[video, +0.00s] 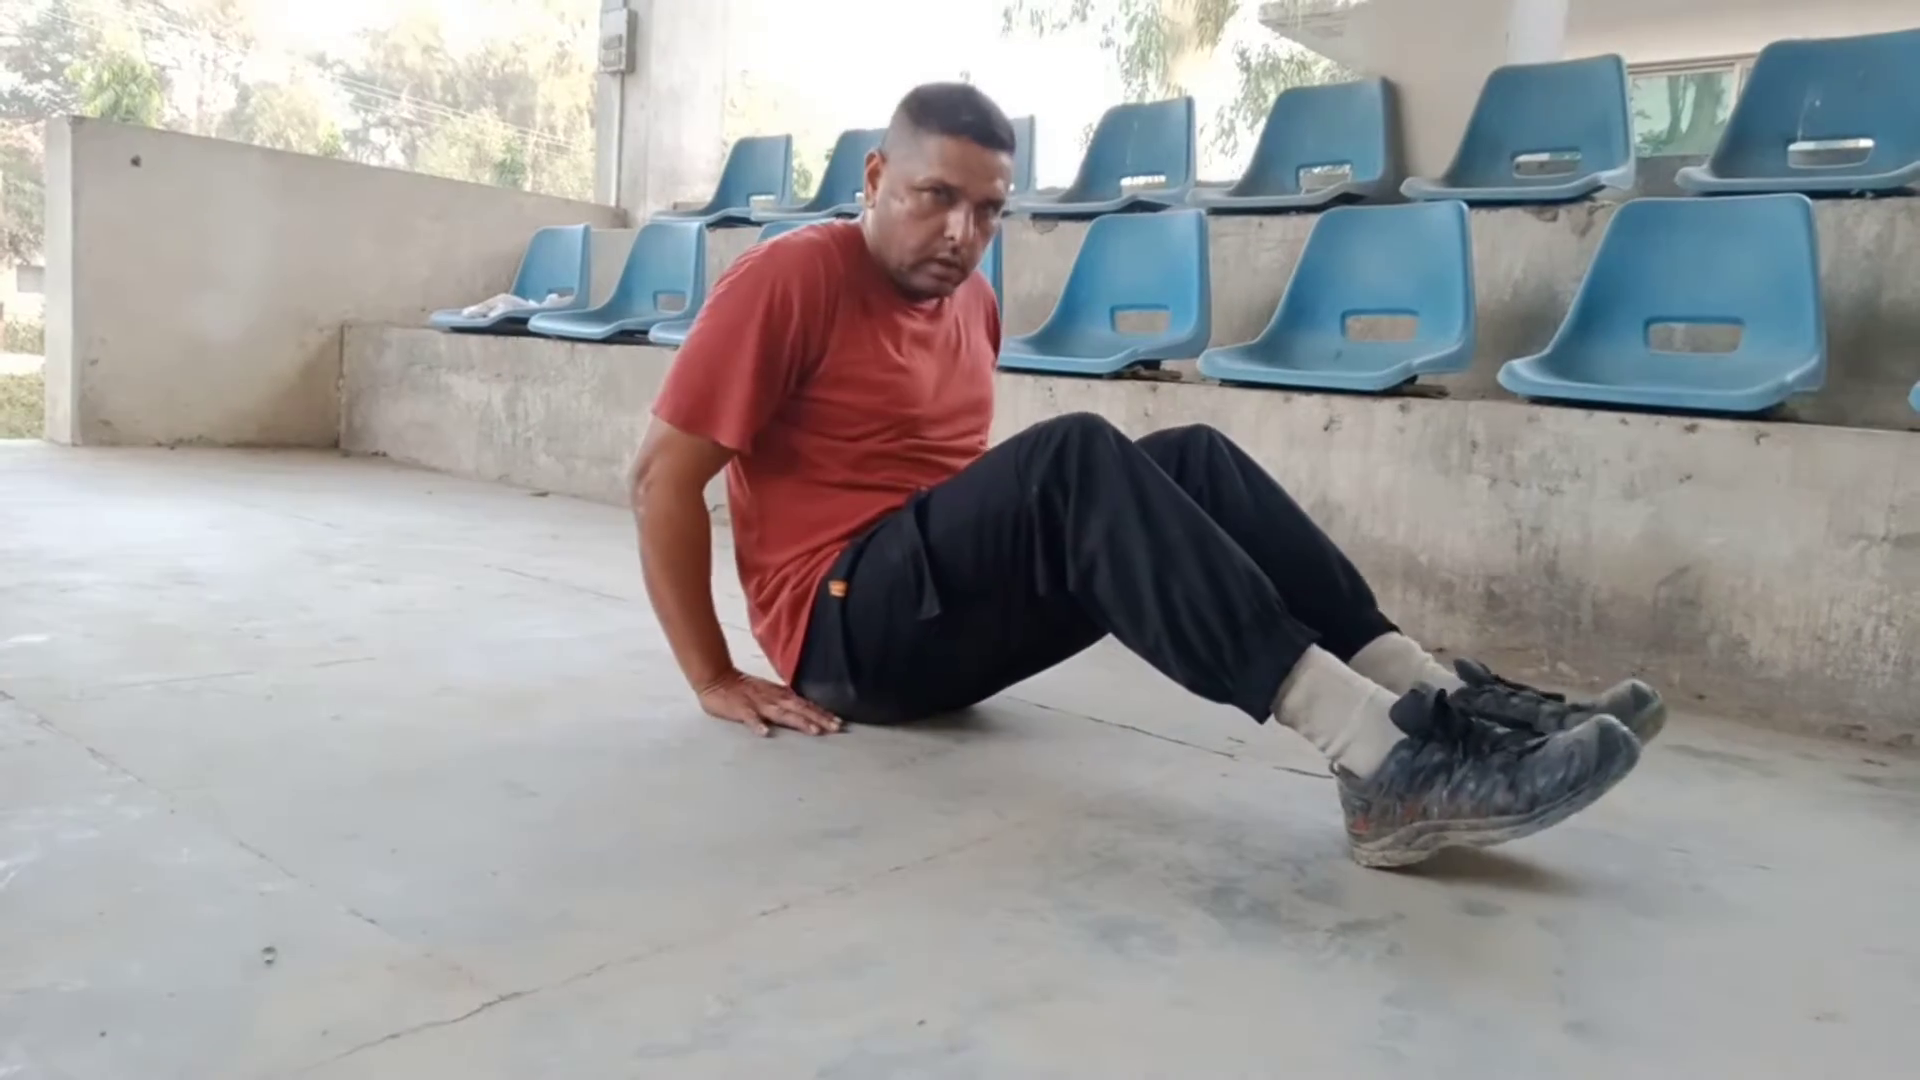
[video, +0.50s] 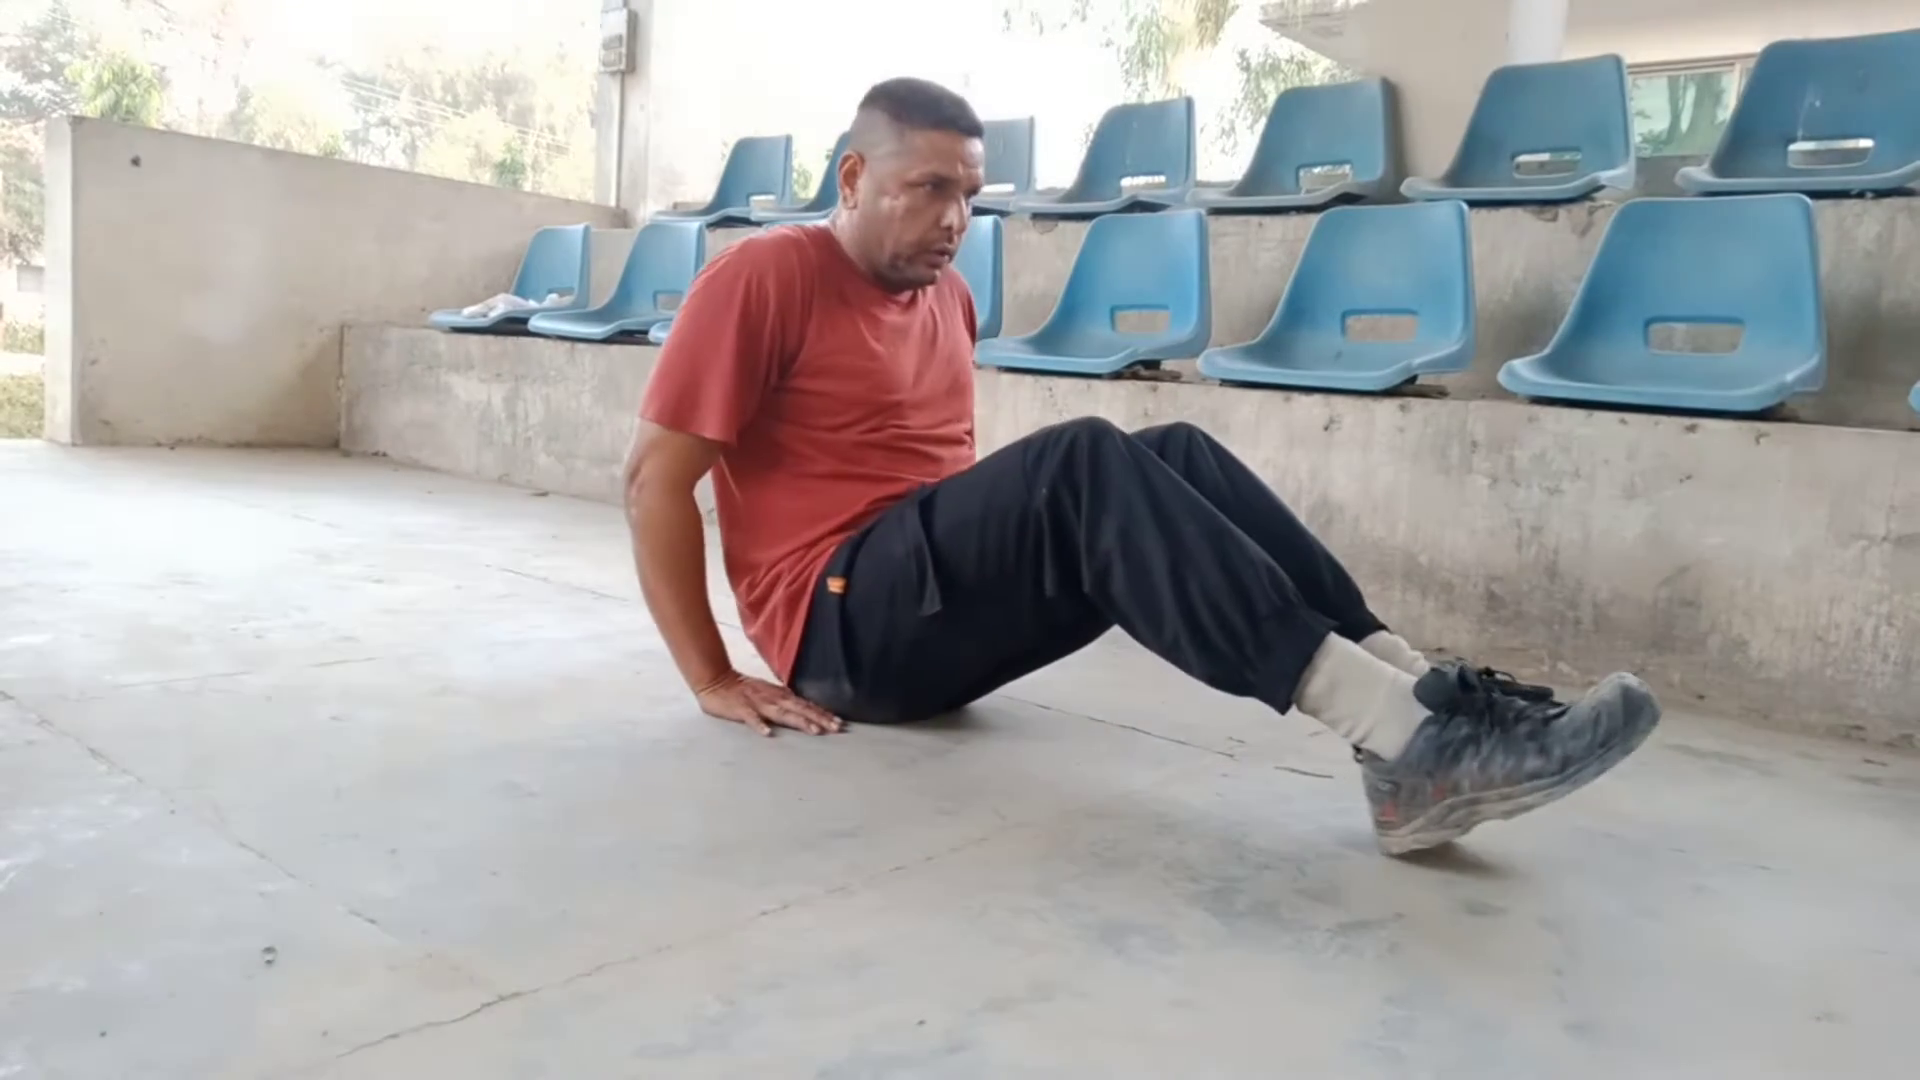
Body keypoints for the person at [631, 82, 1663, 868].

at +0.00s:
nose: (959, 231)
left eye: (984, 210)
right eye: (937, 200)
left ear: (999, 208)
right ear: (873, 182)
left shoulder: (973, 298)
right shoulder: (786, 277)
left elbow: (928, 468)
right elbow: (664, 476)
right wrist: (709, 678)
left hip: (946, 616)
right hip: (842, 629)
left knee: (1191, 456)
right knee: (1070, 454)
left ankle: (1444, 703)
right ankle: (1373, 757)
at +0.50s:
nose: (953, 218)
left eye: (966, 194)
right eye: (932, 190)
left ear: (966, 194)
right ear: (852, 179)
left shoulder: (944, 298)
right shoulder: (759, 278)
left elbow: (924, 470)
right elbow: (655, 479)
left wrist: (917, 636)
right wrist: (709, 680)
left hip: (930, 610)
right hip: (836, 624)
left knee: (1177, 457)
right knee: (1084, 462)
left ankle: (1443, 716)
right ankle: (1397, 746)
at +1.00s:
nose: (959, 226)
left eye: (973, 203)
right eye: (938, 198)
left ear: (973, 203)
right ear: (858, 187)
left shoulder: (946, 302)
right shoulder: (764, 286)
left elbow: (923, 463)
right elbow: (618, 461)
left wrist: (951, 607)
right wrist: (656, 674)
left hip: (936, 601)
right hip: (845, 618)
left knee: (1180, 456)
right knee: (1100, 472)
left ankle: (1452, 712)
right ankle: (1411, 764)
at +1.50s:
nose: (899, 231)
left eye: (917, 208)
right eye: (875, 204)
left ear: (924, 204)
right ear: (805, 189)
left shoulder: (911, 301)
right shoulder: (719, 300)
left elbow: (899, 460)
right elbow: (568, 468)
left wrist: (944, 618)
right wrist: (584, 679)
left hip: (931, 586)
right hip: (836, 609)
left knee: (1178, 453)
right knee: (1103, 469)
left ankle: (1433, 733)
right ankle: (1409, 740)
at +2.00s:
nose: (886, 251)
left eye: (898, 226)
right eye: (861, 223)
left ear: (905, 215)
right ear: (785, 203)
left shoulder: (900, 299)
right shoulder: (707, 287)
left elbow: (909, 450)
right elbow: (570, 466)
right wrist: (583, 682)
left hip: (910, 634)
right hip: (811, 631)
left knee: (1054, 351)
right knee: (949, 351)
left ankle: (1219, 608)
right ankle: (1178, 637)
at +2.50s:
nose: (789, 251)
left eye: (801, 227)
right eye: (760, 228)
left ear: (812, 231)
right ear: (689, 233)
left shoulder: (815, 316)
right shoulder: (633, 329)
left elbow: (848, 462)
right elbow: (495, 498)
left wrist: (911, 545)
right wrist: (576, 681)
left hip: (917, 563)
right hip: (832, 610)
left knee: (1170, 524)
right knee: (1124, 538)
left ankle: (1541, 609)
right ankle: (1515, 644)